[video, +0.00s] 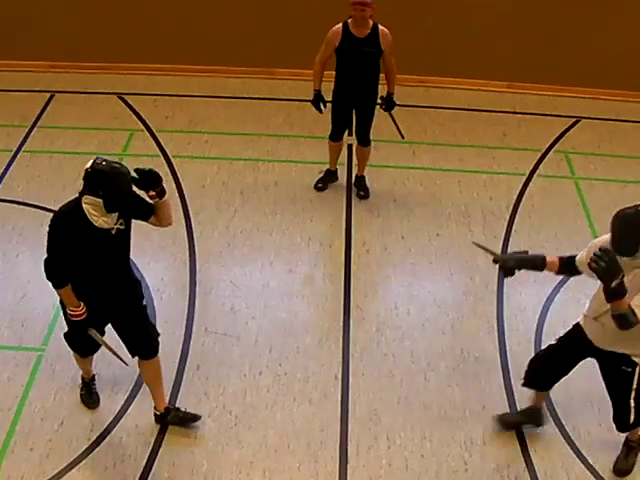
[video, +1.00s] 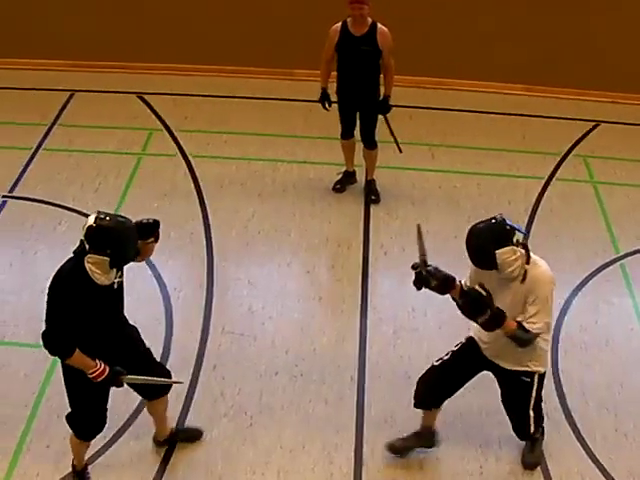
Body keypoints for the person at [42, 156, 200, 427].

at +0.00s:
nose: (120, 206)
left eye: (122, 199)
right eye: (115, 201)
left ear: (123, 192)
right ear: (98, 195)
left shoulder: (124, 201)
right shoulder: (65, 220)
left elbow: (163, 219)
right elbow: (55, 270)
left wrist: (158, 193)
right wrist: (73, 305)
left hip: (122, 291)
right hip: (85, 300)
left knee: (147, 345)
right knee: (84, 346)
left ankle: (162, 408)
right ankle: (88, 379)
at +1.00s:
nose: (147, 250)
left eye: (148, 247)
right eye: (141, 247)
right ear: (114, 251)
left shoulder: (109, 256)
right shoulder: (66, 283)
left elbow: (135, 256)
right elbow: (55, 342)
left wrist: (144, 243)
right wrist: (98, 370)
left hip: (118, 337)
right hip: (84, 355)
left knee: (158, 385)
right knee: (88, 422)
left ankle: (163, 434)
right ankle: (78, 468)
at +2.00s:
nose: (123, 212)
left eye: (124, 208)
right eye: (120, 208)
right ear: (102, 206)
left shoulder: (94, 205)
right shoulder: (67, 237)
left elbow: (117, 223)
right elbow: (74, 305)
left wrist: (145, 214)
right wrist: (124, 316)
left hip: (100, 282)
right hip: (70, 301)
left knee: (139, 324)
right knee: (95, 370)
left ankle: (159, 375)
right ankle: (86, 414)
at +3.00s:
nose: (124, 189)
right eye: (123, 184)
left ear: (92, 174)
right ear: (111, 190)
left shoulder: (70, 186)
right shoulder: (103, 225)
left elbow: (96, 203)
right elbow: (159, 254)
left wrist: (124, 213)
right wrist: (201, 214)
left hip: (54, 277)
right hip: (83, 296)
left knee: (79, 315)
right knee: (137, 347)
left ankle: (69, 365)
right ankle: (147, 405)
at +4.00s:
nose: (90, 197)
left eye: (89, 192)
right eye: (88, 193)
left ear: (60, 180)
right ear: (76, 195)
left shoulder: (45, 193)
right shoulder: (55, 226)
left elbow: (83, 220)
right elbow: (80, 265)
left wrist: (92, 248)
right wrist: (121, 221)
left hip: (38, 282)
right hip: (61, 297)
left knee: (50, 316)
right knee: (133, 338)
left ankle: (30, 370)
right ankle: (144, 399)